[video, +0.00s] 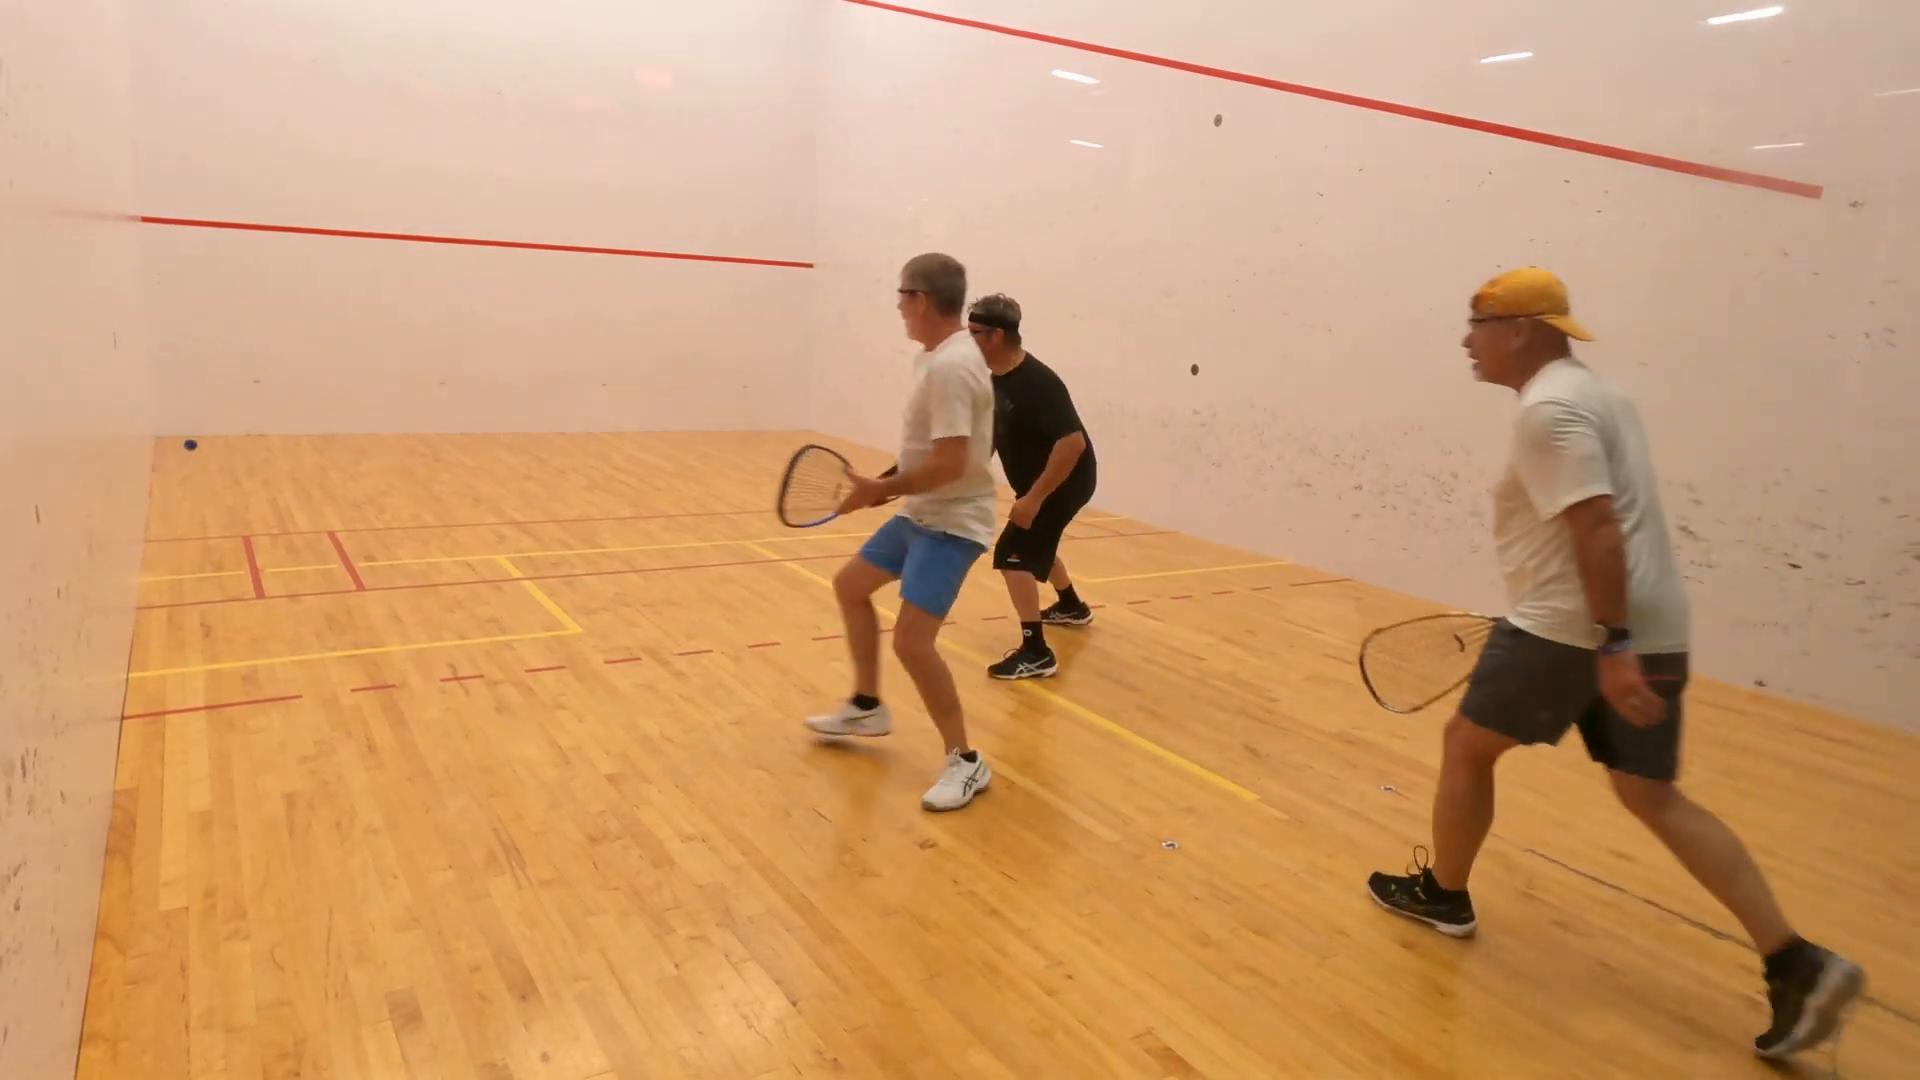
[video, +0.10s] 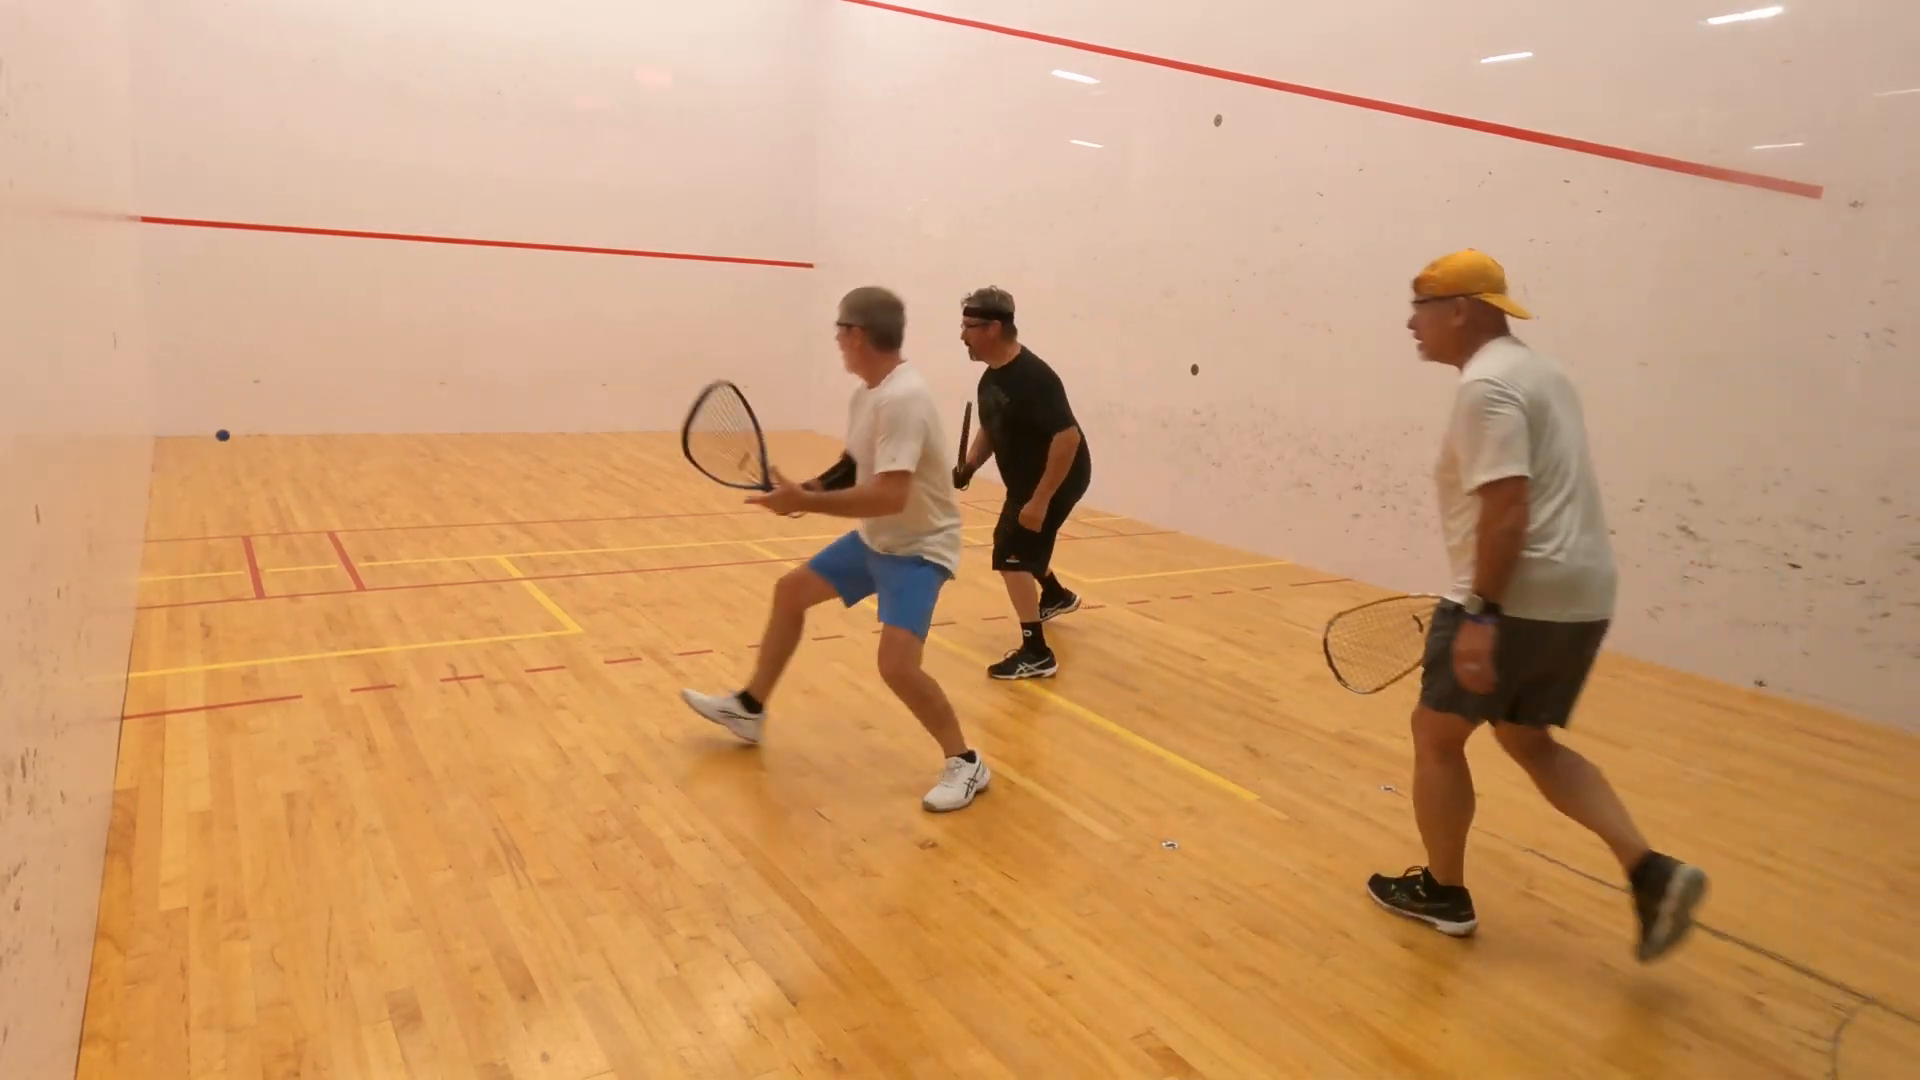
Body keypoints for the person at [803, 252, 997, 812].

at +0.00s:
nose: (899, 307)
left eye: (903, 297)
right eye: (900, 296)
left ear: (924, 301)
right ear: (942, 302)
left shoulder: (953, 364)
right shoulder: (939, 357)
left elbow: (952, 463)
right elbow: (933, 450)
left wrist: (881, 488)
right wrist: (882, 485)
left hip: (956, 522)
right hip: (922, 512)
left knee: (912, 641)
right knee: (850, 585)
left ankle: (964, 760)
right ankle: (866, 707)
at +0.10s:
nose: (838, 342)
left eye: (843, 332)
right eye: (840, 332)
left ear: (862, 336)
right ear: (877, 337)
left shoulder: (905, 398)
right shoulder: (866, 396)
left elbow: (892, 496)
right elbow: (852, 467)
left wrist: (806, 500)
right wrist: (801, 492)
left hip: (921, 548)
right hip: (875, 537)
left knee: (898, 666)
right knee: (791, 592)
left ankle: (965, 762)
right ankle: (750, 708)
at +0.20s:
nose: (757, 383)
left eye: (760, 373)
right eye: (758, 373)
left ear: (779, 379)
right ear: (795, 377)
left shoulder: (835, 431)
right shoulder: (787, 434)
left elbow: (830, 527)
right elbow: (760, 513)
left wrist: (738, 544)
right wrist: (721, 511)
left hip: (880, 567)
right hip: (826, 558)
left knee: (881, 685)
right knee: (735, 603)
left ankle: (958, 762)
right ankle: (653, 697)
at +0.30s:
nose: (656, 413)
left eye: (660, 404)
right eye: (656, 404)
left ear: (685, 408)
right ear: (692, 407)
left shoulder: (736, 447)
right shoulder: (697, 458)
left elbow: (771, 529)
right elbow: (670, 543)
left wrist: (714, 600)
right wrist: (638, 540)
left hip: (815, 579)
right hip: (762, 579)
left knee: (843, 697)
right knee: (671, 618)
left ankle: (949, 760)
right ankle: (585, 720)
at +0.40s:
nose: (549, 432)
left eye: (551, 423)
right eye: (550, 423)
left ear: (570, 427)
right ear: (589, 420)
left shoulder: (620, 458)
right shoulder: (607, 471)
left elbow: (690, 509)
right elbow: (590, 543)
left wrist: (728, 586)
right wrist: (538, 573)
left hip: (734, 582)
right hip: (689, 577)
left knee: (798, 699)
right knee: (602, 602)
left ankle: (930, 745)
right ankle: (555, 721)